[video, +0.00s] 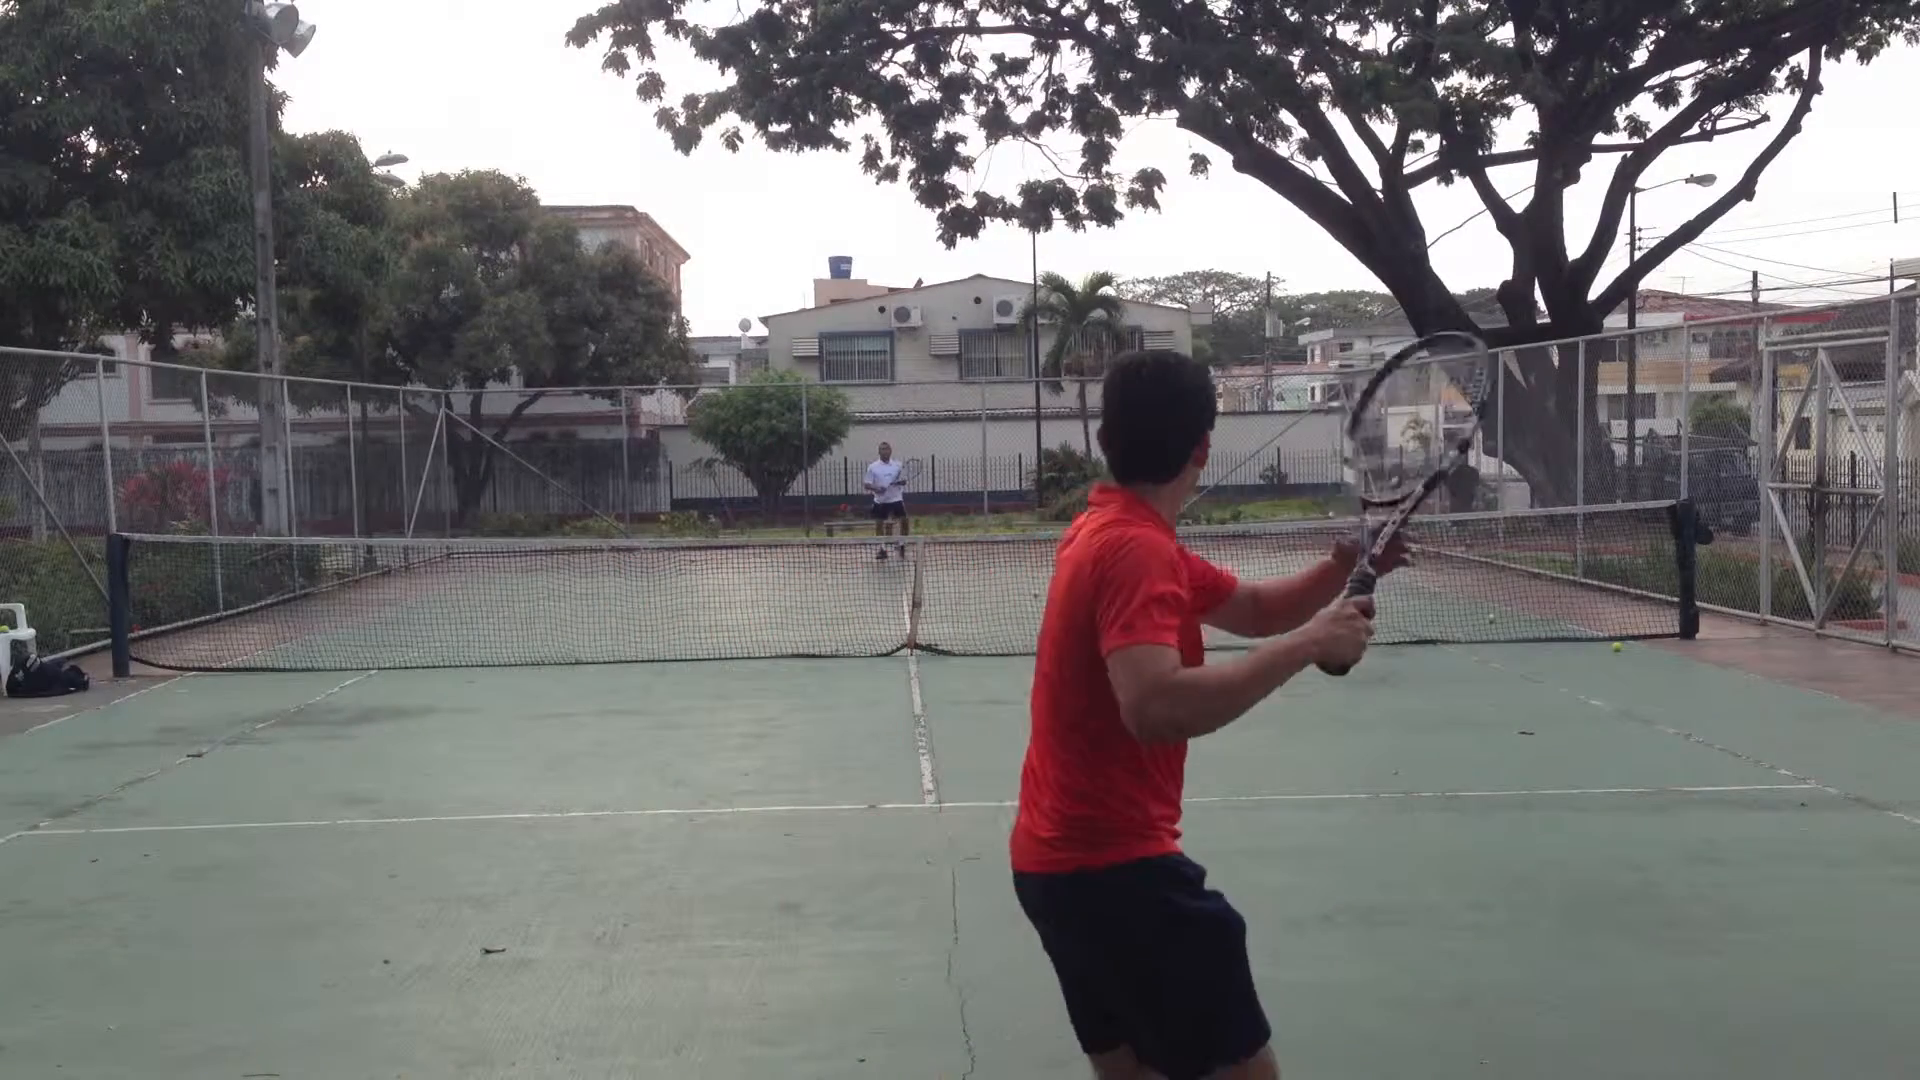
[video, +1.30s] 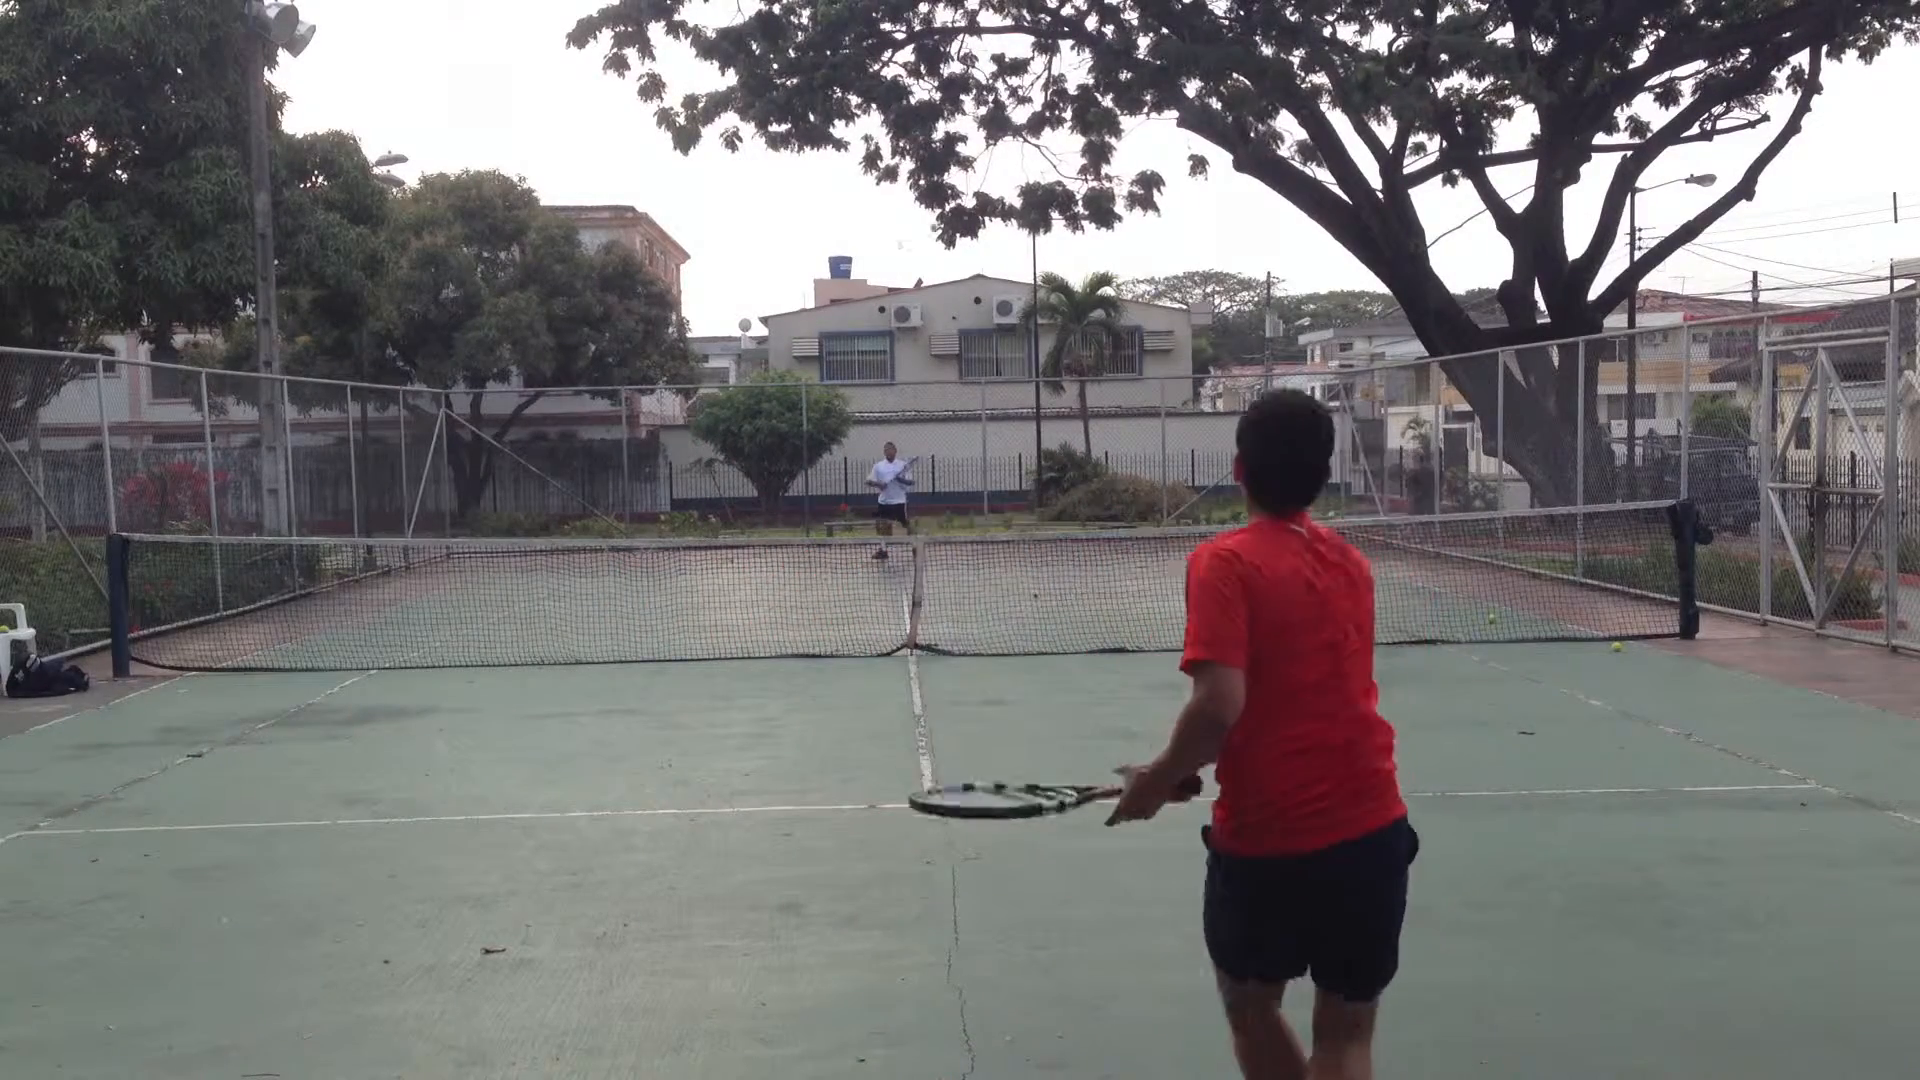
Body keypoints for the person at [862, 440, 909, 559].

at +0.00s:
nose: (885, 451)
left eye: (887, 449)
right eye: (882, 449)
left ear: (890, 451)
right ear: (879, 452)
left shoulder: (897, 465)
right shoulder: (873, 467)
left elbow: (903, 480)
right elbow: (867, 484)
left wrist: (899, 482)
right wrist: (876, 489)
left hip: (896, 500)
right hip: (880, 501)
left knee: (904, 521)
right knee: (879, 524)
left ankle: (902, 544)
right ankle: (881, 548)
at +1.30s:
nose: (888, 453)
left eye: (890, 450)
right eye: (886, 450)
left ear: (895, 451)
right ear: (884, 452)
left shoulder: (903, 465)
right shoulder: (878, 466)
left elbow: (910, 482)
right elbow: (869, 481)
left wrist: (899, 479)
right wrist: (879, 485)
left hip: (899, 501)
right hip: (884, 501)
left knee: (906, 525)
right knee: (882, 526)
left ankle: (914, 547)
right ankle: (883, 549)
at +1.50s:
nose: (876, 455)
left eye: (878, 452)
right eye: (874, 452)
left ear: (883, 453)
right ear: (872, 454)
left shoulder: (890, 466)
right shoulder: (868, 466)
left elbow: (893, 484)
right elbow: (854, 475)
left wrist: (881, 478)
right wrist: (867, 480)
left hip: (886, 500)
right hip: (872, 500)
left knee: (889, 525)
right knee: (870, 524)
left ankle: (887, 548)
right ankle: (879, 547)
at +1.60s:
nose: (871, 454)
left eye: (874, 451)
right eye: (869, 451)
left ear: (878, 453)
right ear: (867, 453)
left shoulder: (883, 466)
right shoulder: (863, 465)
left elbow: (887, 485)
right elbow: (848, 474)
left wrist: (874, 479)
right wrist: (858, 478)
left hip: (880, 499)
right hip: (867, 500)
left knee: (881, 523)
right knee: (868, 524)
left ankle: (892, 544)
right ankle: (880, 547)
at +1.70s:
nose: (867, 453)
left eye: (869, 450)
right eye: (865, 450)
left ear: (872, 452)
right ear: (861, 452)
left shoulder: (877, 465)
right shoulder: (857, 463)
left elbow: (879, 480)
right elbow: (845, 469)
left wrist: (878, 483)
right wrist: (846, 472)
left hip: (874, 495)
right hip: (863, 495)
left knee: (867, 516)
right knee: (865, 520)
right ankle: (874, 539)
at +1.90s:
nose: (853, 455)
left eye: (855, 453)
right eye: (851, 453)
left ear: (860, 453)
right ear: (849, 454)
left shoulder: (862, 465)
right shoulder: (848, 462)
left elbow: (859, 479)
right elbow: (838, 467)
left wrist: (841, 475)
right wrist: (835, 466)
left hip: (862, 498)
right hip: (853, 497)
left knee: (854, 524)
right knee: (854, 525)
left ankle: (853, 549)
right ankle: (871, 545)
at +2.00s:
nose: (846, 460)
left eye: (848, 457)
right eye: (845, 457)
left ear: (854, 458)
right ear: (844, 458)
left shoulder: (858, 470)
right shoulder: (844, 466)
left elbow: (847, 480)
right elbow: (833, 472)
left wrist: (828, 474)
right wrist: (824, 471)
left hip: (857, 500)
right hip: (848, 498)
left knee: (844, 523)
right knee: (842, 522)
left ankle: (854, 548)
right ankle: (858, 542)